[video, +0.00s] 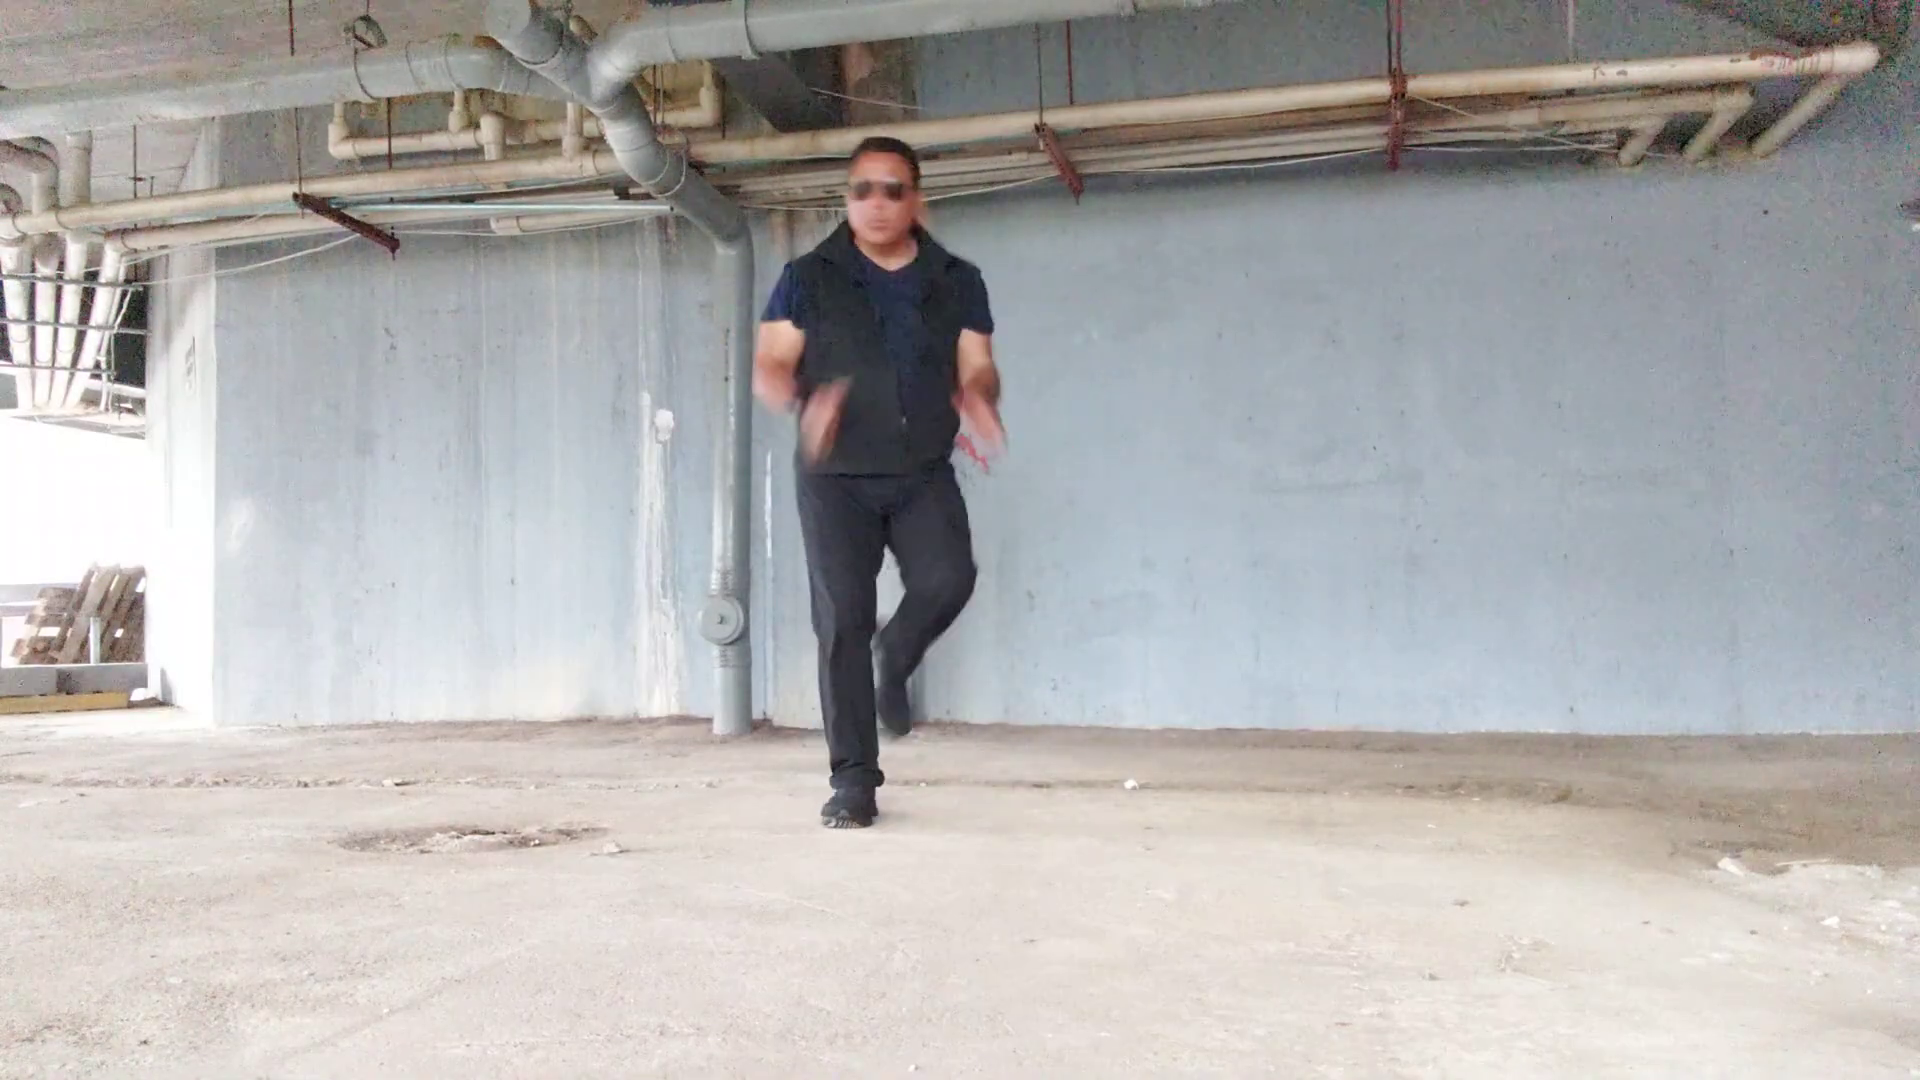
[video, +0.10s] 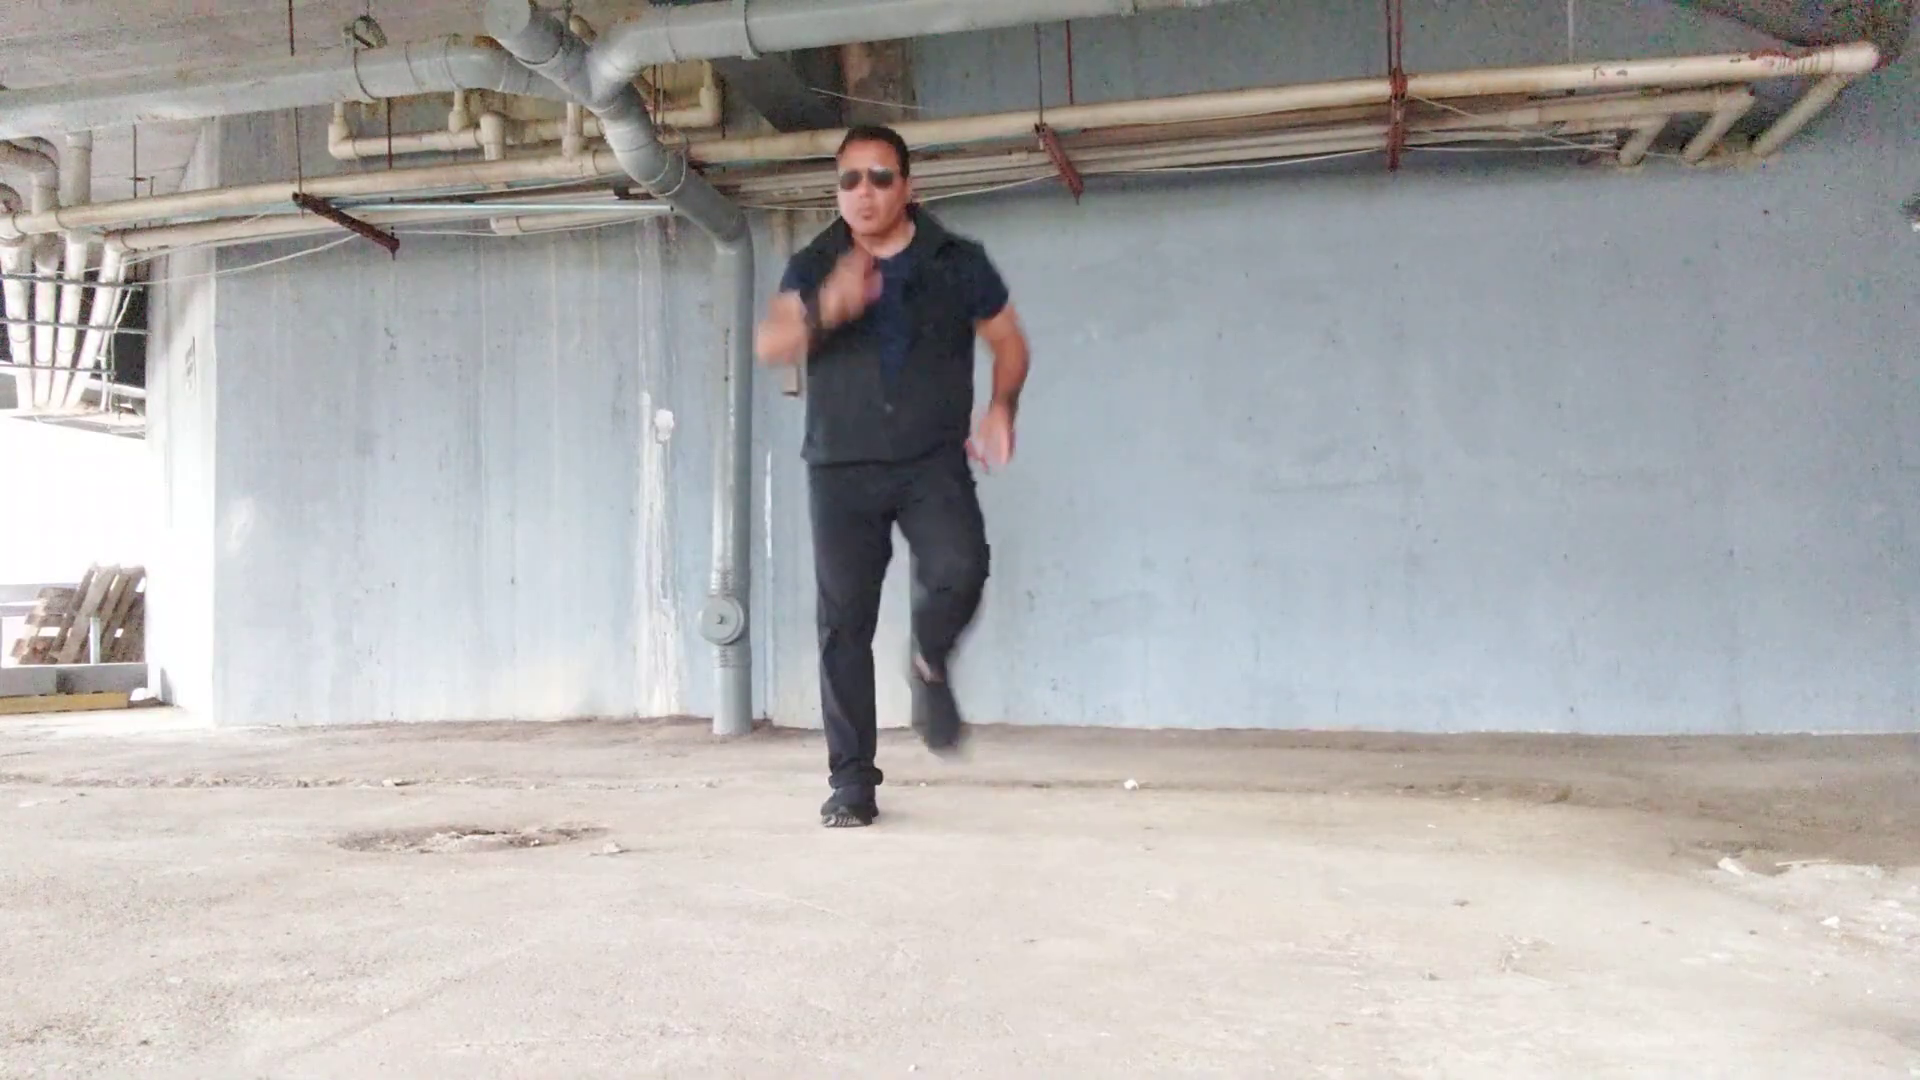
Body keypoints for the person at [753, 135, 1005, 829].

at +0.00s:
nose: (878, 201)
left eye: (893, 190)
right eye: (864, 190)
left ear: (917, 200)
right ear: (847, 200)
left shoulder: (957, 281)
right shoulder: (808, 277)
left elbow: (978, 372)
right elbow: (770, 372)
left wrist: (977, 402)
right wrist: (802, 399)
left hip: (923, 476)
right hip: (836, 479)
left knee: (949, 580)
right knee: (846, 625)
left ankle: (891, 663)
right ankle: (853, 781)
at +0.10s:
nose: (864, 193)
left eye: (880, 179)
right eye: (851, 180)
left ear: (906, 188)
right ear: (837, 189)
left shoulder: (956, 261)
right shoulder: (819, 261)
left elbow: (1009, 346)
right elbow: (768, 344)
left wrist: (1001, 406)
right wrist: (829, 307)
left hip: (934, 463)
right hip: (843, 469)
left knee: (960, 573)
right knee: (843, 626)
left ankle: (930, 664)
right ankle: (851, 783)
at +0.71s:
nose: (984, 187)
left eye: (999, 175)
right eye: (968, 176)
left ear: (1019, 187)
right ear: (948, 189)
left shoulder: (1055, 264)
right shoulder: (927, 243)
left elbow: (1131, 333)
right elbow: (854, 250)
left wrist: (1201, 402)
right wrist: (956, 252)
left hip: (1012, 458)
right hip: (941, 463)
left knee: (976, 604)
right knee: (1004, 610)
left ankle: (1036, 766)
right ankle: (1077, 764)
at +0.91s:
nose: (1000, 185)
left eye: (1015, 172)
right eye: (985, 171)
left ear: (1035, 182)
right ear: (960, 180)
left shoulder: (1072, 264)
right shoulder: (922, 260)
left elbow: (1124, 351)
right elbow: (882, 354)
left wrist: (1172, 428)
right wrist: (942, 349)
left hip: (1032, 467)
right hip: (946, 473)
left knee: (1032, 613)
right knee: (926, 614)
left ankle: (1063, 771)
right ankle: (1022, 729)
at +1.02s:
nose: (1029, 180)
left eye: (1038, 166)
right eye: (1011, 167)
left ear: (1049, 173)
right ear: (971, 176)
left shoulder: (1071, 256)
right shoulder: (926, 249)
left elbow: (1103, 353)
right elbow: (872, 336)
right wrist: (885, 373)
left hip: (1034, 470)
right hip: (944, 470)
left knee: (1045, 617)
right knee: (914, 599)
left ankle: (1062, 780)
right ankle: (944, 769)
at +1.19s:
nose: (1033, 173)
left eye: (1037, 160)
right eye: (1017, 162)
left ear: (1038, 159)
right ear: (967, 164)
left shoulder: (1051, 225)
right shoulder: (912, 219)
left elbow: (1071, 308)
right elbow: (809, 231)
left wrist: (978, 285)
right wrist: (838, 261)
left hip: (1025, 457)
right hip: (930, 457)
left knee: (1047, 619)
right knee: (913, 621)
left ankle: (1063, 780)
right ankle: (903, 789)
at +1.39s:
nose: (928, 180)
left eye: (943, 166)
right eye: (913, 167)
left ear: (971, 167)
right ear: (895, 170)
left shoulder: (1016, 247)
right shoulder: (873, 232)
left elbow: (1058, 333)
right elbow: (821, 281)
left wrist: (1078, 372)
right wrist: (926, 249)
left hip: (983, 461)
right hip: (890, 462)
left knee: (1001, 606)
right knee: (890, 619)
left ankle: (1006, 745)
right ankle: (906, 783)